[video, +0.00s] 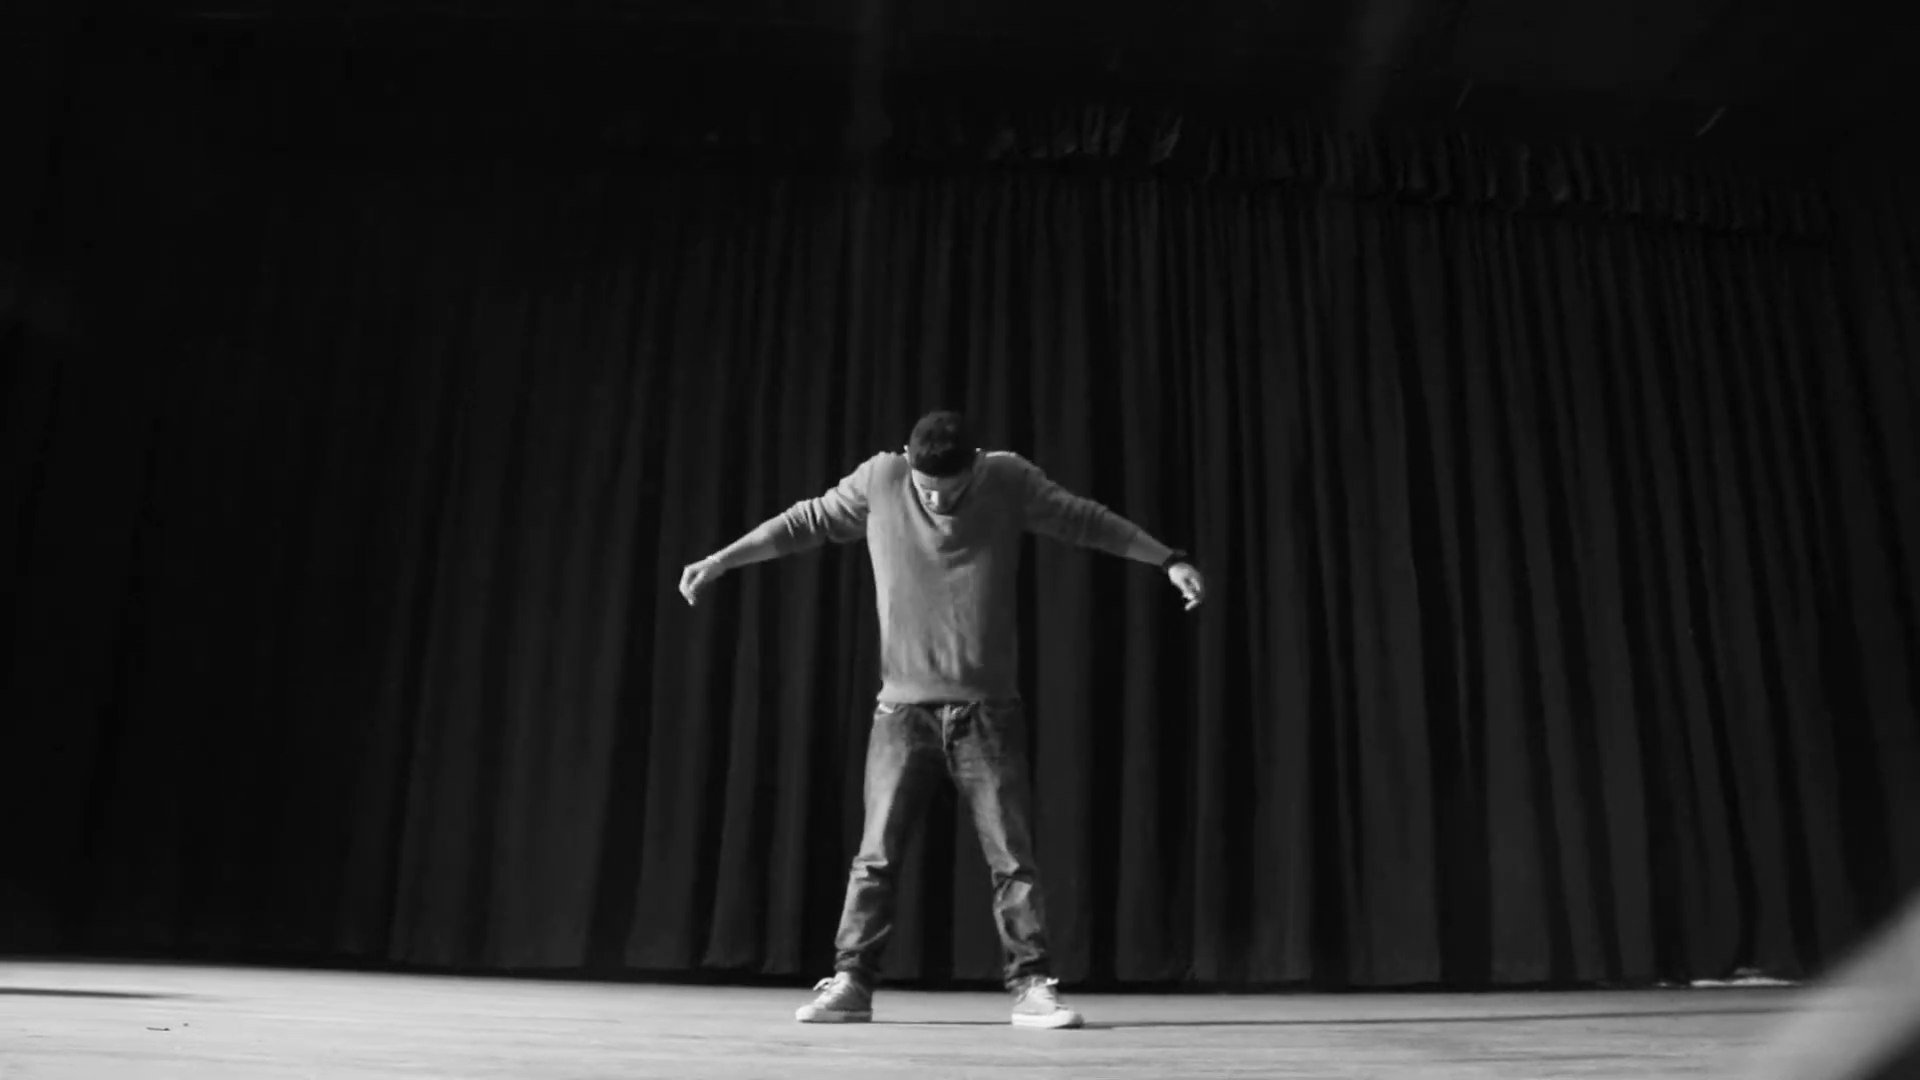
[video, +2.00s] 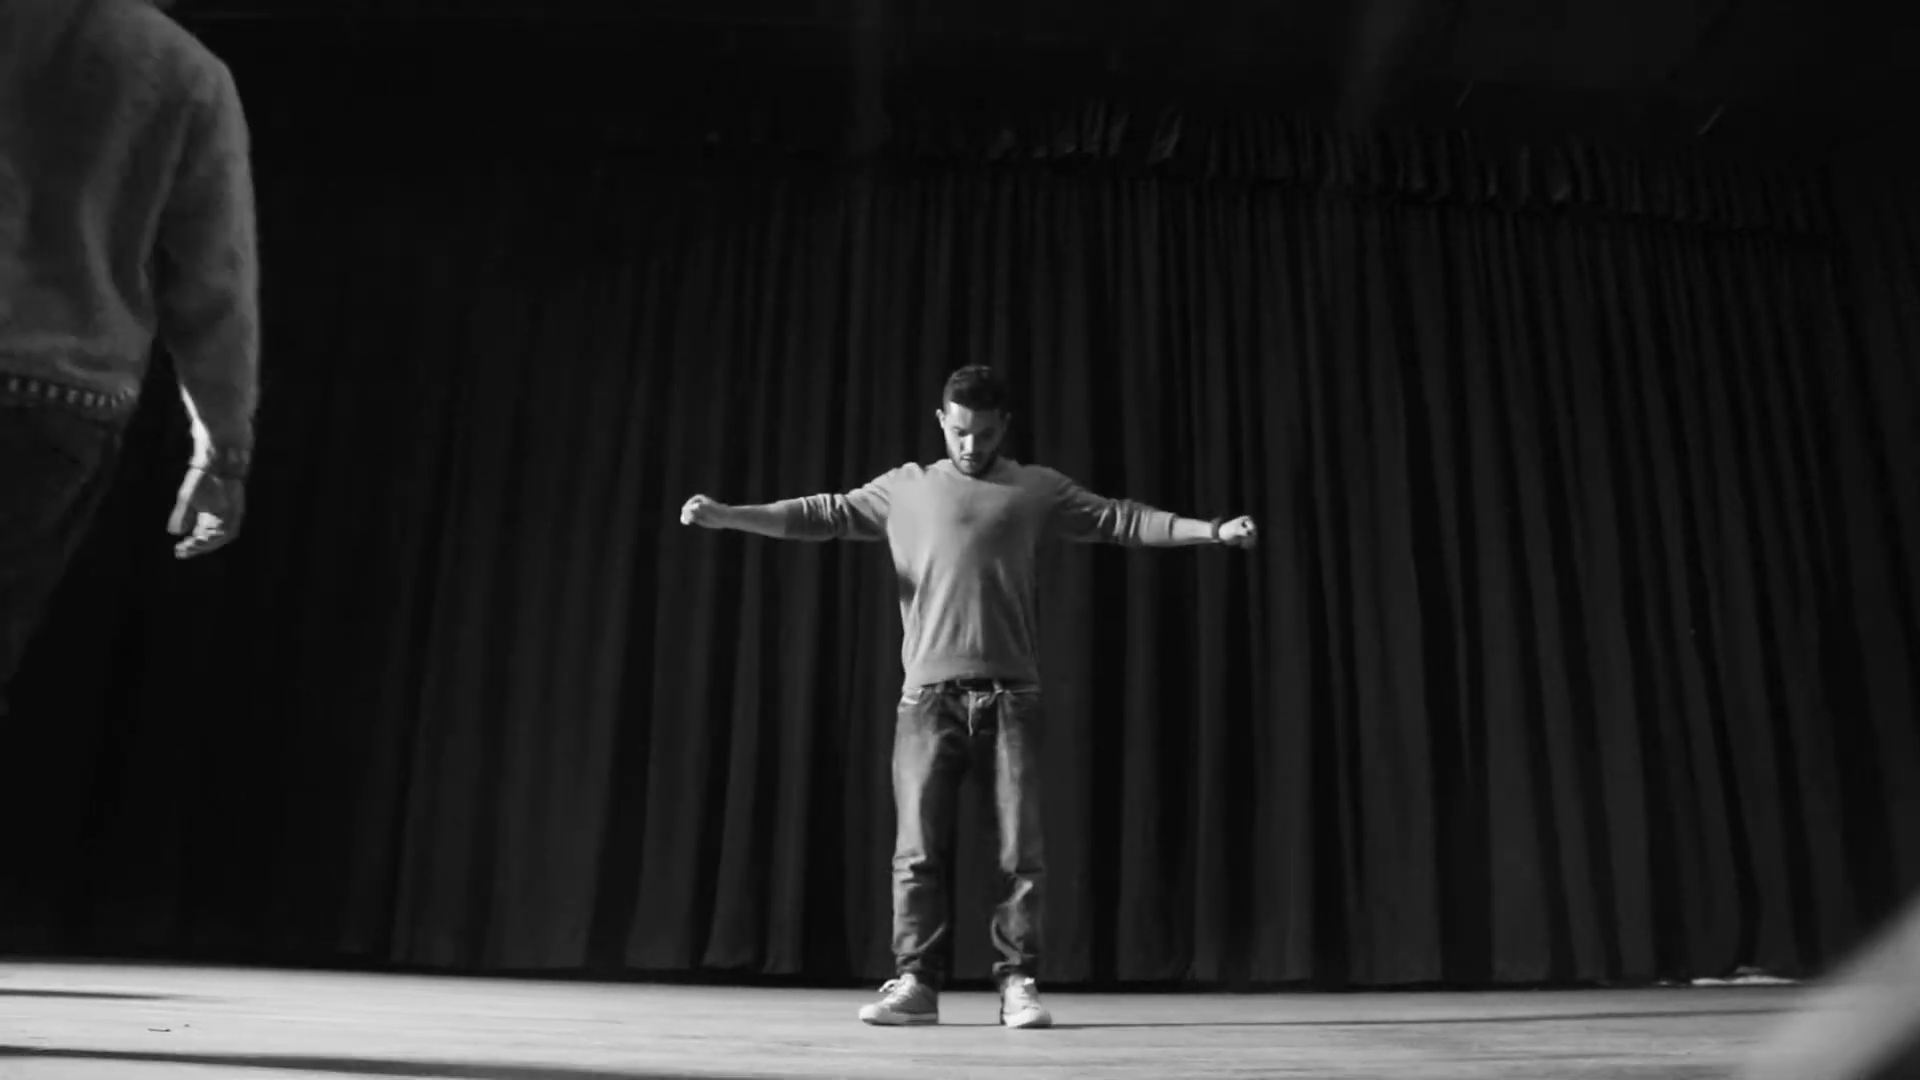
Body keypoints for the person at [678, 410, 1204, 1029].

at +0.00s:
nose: (940, 502)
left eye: (951, 492)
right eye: (928, 492)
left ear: (972, 468)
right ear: (909, 469)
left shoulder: (1008, 480)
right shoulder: (878, 483)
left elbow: (1084, 519)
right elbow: (804, 522)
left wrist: (1168, 558)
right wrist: (719, 560)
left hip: (983, 700)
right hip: (903, 701)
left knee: (1010, 854)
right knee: (877, 851)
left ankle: (1033, 990)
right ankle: (849, 985)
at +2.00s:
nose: (971, 443)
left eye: (984, 431)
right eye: (961, 430)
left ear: (1004, 426)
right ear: (942, 421)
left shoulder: (1039, 489)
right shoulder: (904, 489)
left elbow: (1122, 520)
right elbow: (819, 513)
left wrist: (1211, 531)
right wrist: (728, 515)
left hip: (1009, 691)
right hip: (927, 693)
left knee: (1019, 848)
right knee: (920, 846)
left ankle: (1019, 988)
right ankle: (914, 986)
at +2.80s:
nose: (968, 443)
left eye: (980, 429)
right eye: (958, 428)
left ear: (1003, 426)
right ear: (943, 424)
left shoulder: (1038, 470)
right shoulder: (915, 494)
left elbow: (1102, 525)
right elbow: (825, 513)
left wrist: (1157, 557)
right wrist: (728, 517)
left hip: (1003, 677)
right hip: (927, 671)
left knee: (990, 830)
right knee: (904, 805)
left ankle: (974, 976)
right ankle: (838, 945)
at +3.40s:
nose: (968, 426)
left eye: (981, 413)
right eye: (957, 412)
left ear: (1001, 413)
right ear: (938, 412)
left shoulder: (1033, 473)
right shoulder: (903, 475)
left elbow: (1104, 516)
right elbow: (824, 501)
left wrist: (1188, 550)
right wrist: (748, 539)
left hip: (1001, 679)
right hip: (919, 677)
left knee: (992, 824)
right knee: (915, 825)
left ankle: (974, 975)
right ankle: (924, 965)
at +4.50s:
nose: (954, 412)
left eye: (967, 401)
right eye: (949, 401)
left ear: (1005, 403)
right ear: (946, 403)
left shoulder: (1056, 472)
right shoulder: (921, 461)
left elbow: (1125, 521)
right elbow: (833, 472)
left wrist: (1202, 559)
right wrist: (737, 470)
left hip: (973, 678)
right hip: (893, 666)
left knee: (968, 832)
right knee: (844, 794)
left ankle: (963, 981)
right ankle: (873, 938)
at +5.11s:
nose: (948, 396)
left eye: (963, 383)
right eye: (944, 384)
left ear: (1002, 386)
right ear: (941, 388)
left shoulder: (1051, 463)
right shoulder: (918, 445)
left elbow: (1118, 518)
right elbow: (836, 462)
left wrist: (1192, 566)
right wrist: (743, 468)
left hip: (1011, 662)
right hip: (930, 653)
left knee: (1002, 826)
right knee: (897, 764)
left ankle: (986, 975)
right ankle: (881, 911)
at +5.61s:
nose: (899, 405)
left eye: (910, 392)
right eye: (885, 393)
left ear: (929, 395)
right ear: (864, 402)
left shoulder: (967, 439)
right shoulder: (848, 488)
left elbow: (1036, 501)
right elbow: (759, 518)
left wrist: (1094, 547)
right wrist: (667, 499)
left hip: (988, 669)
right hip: (902, 671)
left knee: (988, 832)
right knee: (846, 817)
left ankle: (976, 983)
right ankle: (797, 963)